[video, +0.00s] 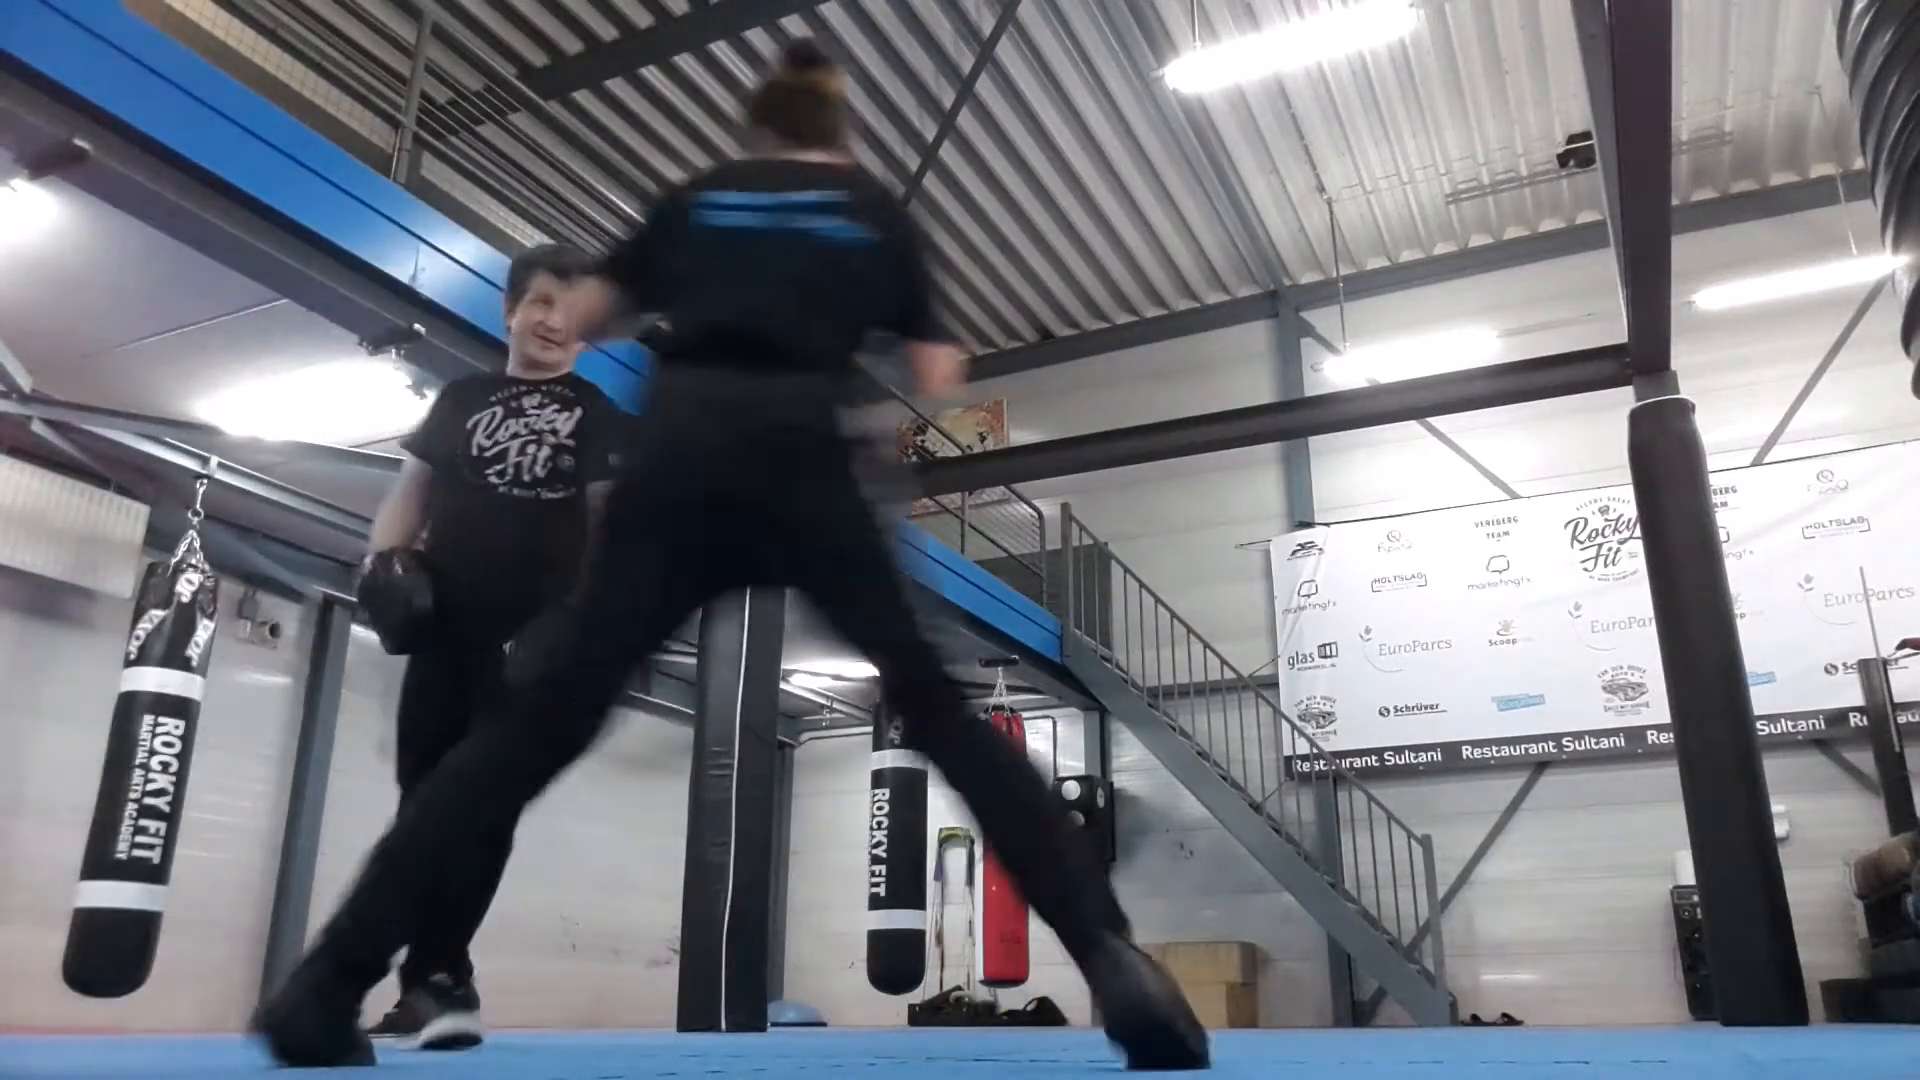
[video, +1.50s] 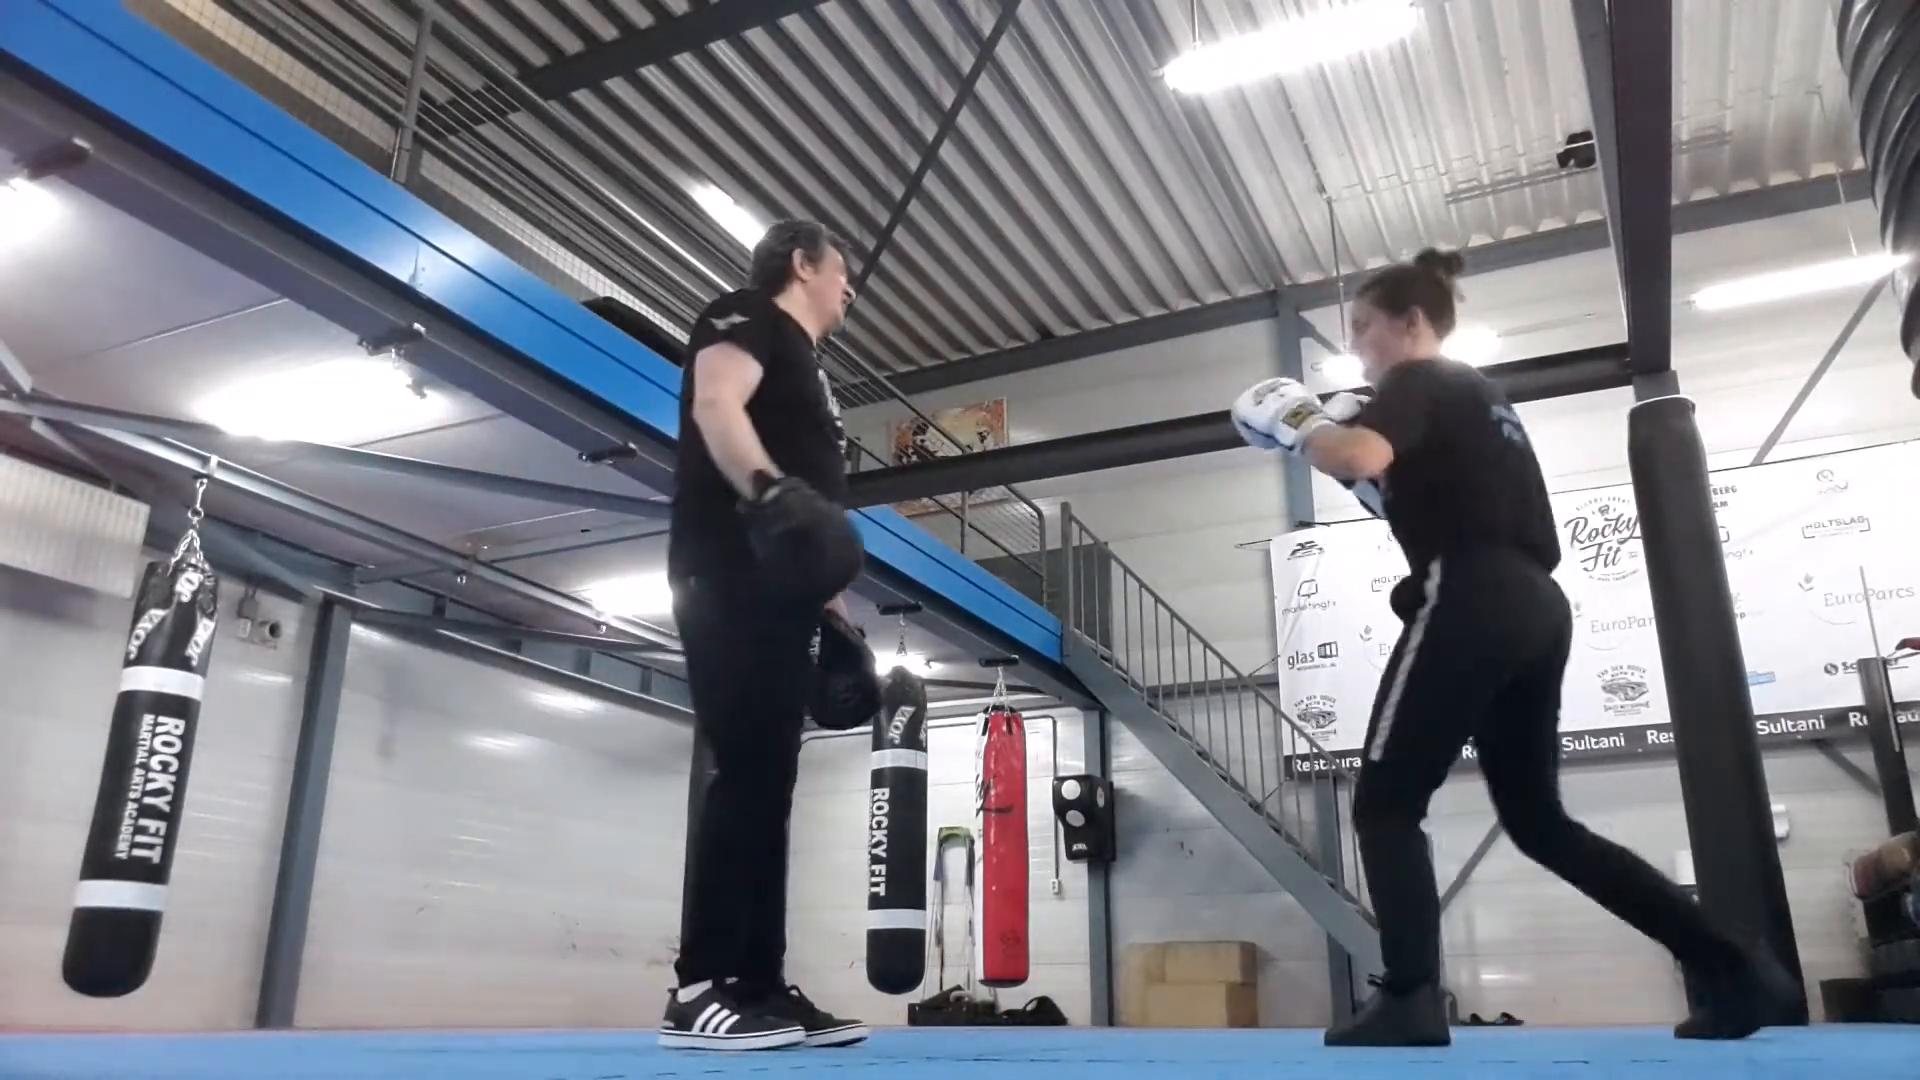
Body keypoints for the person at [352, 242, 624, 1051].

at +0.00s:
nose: (548, 324)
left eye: (565, 314)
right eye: (536, 307)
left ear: (585, 332)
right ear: (510, 312)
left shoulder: (598, 419)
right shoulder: (462, 398)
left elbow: (611, 536)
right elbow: (410, 496)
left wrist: (579, 625)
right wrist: (382, 566)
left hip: (536, 629)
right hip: (448, 618)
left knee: (487, 792)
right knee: (426, 791)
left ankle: (446, 979)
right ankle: (426, 983)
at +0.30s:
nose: (601, 296)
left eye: (615, 290)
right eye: (590, 275)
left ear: (619, 308)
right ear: (544, 273)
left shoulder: (609, 400)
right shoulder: (454, 348)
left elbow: (632, 504)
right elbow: (376, 452)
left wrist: (649, 575)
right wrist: (394, 521)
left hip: (536, 621)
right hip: (425, 598)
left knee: (484, 804)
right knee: (365, 781)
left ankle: (426, 987)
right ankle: (361, 943)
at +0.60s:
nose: (599, 289)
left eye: (609, 279)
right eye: (587, 268)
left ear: (610, 292)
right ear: (536, 261)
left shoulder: (604, 397)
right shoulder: (452, 341)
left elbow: (637, 507)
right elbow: (379, 451)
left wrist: (677, 600)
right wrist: (424, 521)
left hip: (557, 615)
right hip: (445, 597)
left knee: (613, 745)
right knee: (415, 784)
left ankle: (508, 935)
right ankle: (357, 994)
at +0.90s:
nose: (706, 296)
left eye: (712, 284)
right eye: (698, 275)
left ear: (689, 285)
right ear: (645, 262)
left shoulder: (684, 393)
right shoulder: (556, 328)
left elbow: (716, 510)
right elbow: (484, 411)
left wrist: (766, 605)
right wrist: (502, 494)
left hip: (642, 623)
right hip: (536, 609)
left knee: (710, 795)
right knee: (460, 797)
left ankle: (745, 993)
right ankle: (367, 989)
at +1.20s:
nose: (814, 303)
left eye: (817, 290)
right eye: (809, 284)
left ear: (774, 282)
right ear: (765, 274)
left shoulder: (767, 392)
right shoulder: (695, 328)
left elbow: (787, 521)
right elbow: (645, 409)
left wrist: (835, 618)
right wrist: (644, 509)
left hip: (746, 613)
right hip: (677, 588)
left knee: (762, 786)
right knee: (641, 762)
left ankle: (757, 996)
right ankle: (511, 944)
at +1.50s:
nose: (850, 291)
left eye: (851, 280)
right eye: (843, 274)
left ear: (802, 272)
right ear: (802, 265)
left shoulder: (792, 355)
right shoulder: (755, 317)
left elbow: (793, 503)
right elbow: (713, 402)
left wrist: (830, 611)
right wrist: (772, 494)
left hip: (767, 588)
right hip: (733, 578)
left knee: (759, 780)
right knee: (749, 778)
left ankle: (752, 989)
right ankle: (716, 992)